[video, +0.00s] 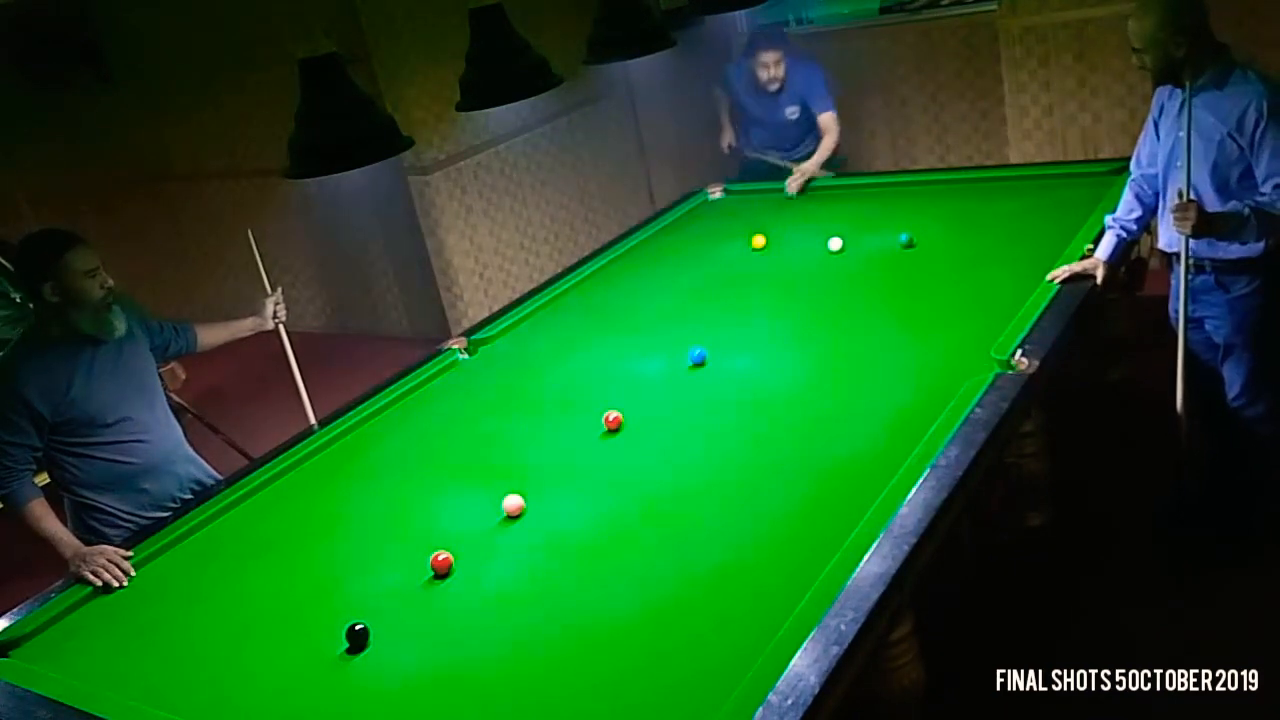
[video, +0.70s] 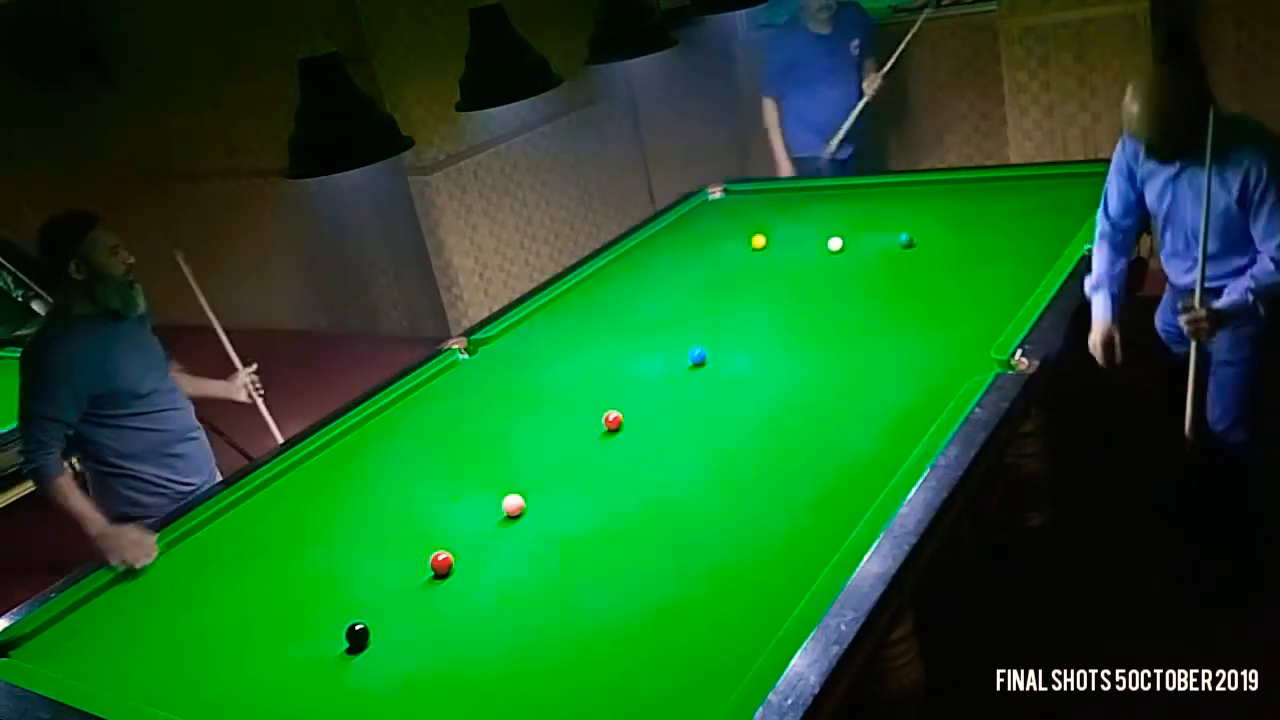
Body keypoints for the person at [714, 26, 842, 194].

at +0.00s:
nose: (772, 74)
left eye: (778, 65)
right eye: (764, 67)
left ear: (786, 61)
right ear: (750, 65)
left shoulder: (807, 76)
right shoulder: (736, 76)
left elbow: (831, 131)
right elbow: (720, 91)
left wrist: (811, 166)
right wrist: (726, 127)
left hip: (803, 161)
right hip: (758, 161)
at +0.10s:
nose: (780, 54)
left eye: (786, 45)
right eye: (773, 46)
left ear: (794, 42)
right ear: (759, 45)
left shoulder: (815, 62)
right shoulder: (744, 63)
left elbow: (845, 115)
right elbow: (727, 86)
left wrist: (822, 147)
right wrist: (728, 127)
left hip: (810, 157)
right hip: (763, 157)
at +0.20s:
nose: (789, 35)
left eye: (795, 27)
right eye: (781, 28)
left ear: (804, 26)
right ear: (769, 30)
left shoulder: (824, 50)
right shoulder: (751, 52)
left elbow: (854, 97)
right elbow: (733, 82)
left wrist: (831, 129)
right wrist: (730, 128)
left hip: (816, 152)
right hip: (767, 152)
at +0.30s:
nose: (797, 19)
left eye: (802, 12)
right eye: (789, 13)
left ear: (811, 15)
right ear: (776, 17)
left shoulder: (830, 37)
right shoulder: (755, 45)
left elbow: (855, 77)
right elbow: (738, 82)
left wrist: (844, 110)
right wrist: (734, 134)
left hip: (822, 150)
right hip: (773, 152)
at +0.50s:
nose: (811, 6)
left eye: (816, 1)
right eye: (804, 2)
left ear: (823, 3)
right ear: (791, 4)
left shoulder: (844, 24)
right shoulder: (769, 37)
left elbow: (860, 58)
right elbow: (750, 89)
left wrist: (857, 86)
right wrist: (749, 153)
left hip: (836, 147)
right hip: (789, 151)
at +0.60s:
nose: (819, 2)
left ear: (831, 0)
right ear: (795, 3)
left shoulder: (847, 17)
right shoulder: (773, 38)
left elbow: (863, 55)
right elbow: (760, 97)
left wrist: (863, 80)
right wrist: (763, 157)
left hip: (844, 148)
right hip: (799, 153)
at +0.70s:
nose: (826, 2)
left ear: (837, 1)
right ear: (802, 3)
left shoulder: (853, 20)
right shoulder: (783, 40)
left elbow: (868, 55)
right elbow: (769, 101)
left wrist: (870, 77)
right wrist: (783, 163)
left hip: (853, 147)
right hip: (805, 153)